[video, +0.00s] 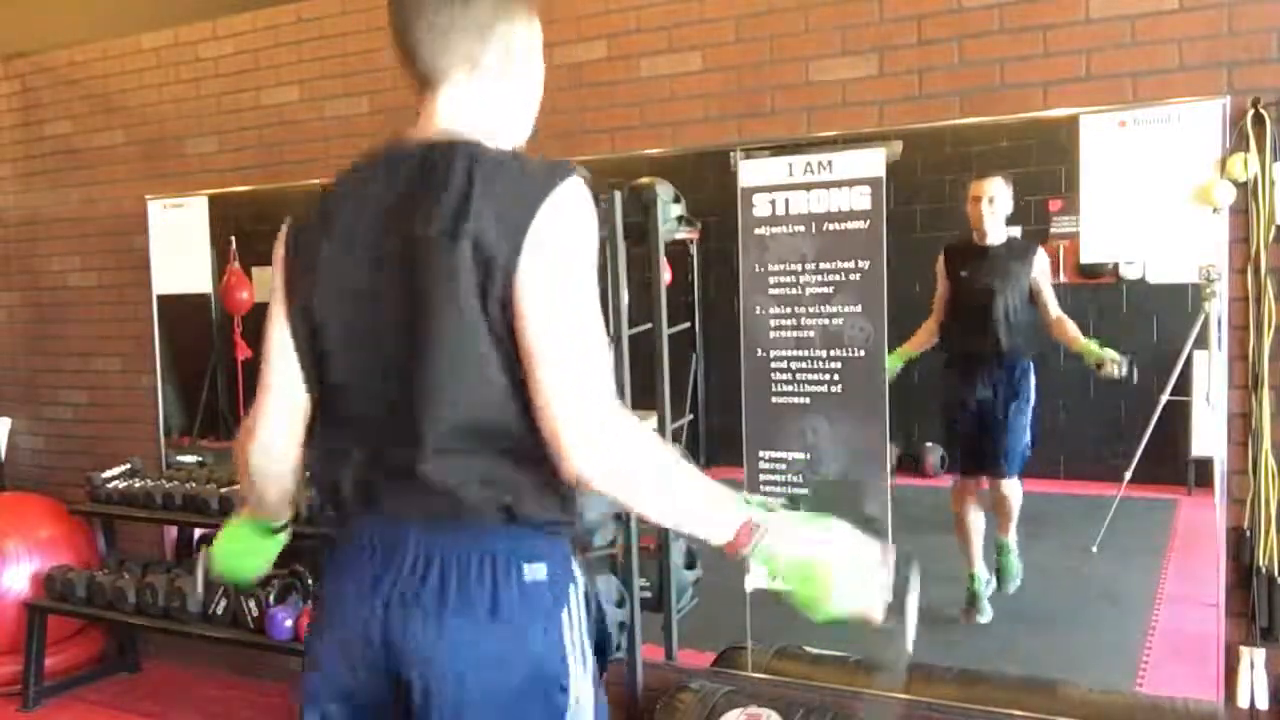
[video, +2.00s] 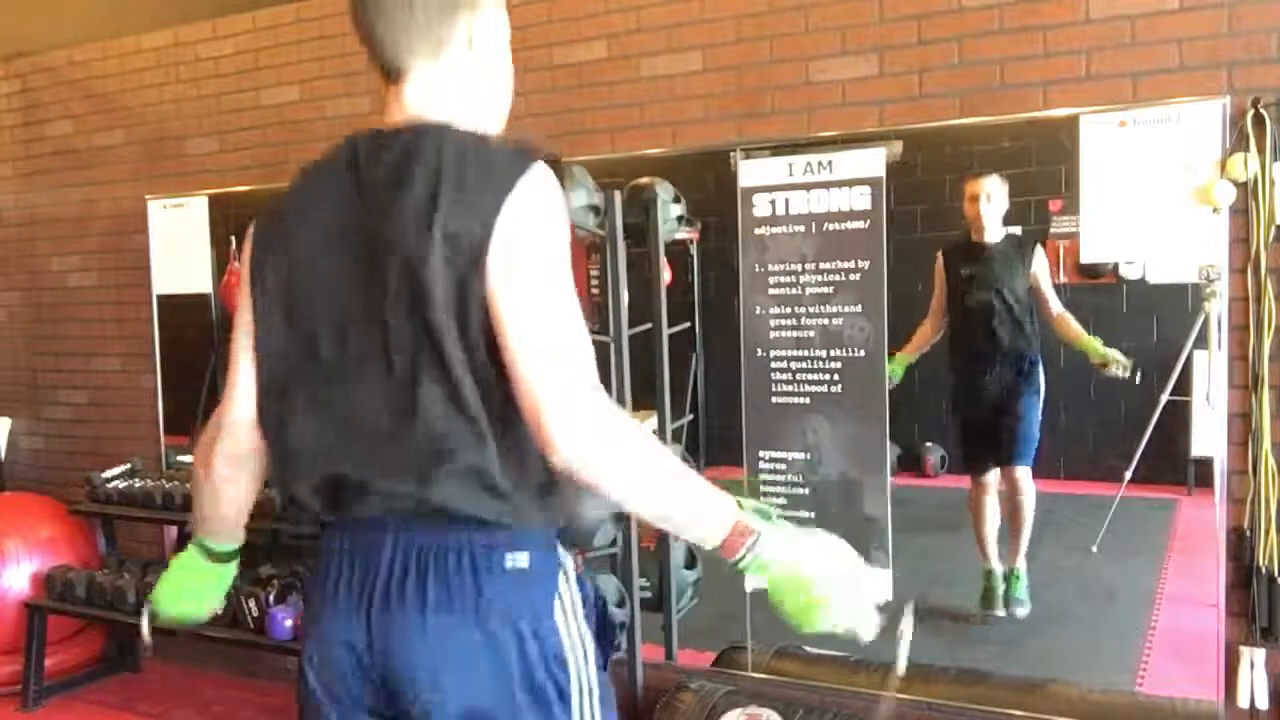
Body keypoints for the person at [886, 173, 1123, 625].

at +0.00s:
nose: (982, 209)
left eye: (991, 200)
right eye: (976, 200)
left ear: (1009, 206)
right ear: (967, 207)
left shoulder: (1031, 256)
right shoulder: (951, 256)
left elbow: (1054, 318)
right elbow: (937, 321)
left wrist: (1091, 351)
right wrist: (897, 358)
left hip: (1013, 374)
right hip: (963, 374)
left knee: (1003, 481)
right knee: (967, 485)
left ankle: (1006, 546)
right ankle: (976, 580)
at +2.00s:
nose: (978, 207)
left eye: (987, 199)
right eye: (972, 199)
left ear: (1003, 204)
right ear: (963, 205)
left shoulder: (1028, 254)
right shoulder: (949, 258)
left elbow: (1056, 314)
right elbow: (935, 321)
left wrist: (1095, 350)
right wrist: (899, 360)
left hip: (1022, 373)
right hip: (972, 374)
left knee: (1016, 472)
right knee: (983, 477)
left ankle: (1017, 570)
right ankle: (991, 572)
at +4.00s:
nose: (997, 205)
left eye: (1006, 196)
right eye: (990, 196)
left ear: (1023, 203)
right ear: (978, 202)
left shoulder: (1043, 253)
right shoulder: (961, 253)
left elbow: (1065, 318)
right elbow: (941, 316)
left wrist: (1106, 352)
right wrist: (902, 355)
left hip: (1025, 373)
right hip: (975, 372)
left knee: (1013, 476)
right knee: (981, 485)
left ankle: (1011, 577)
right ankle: (1011, 557)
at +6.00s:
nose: (991, 202)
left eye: (1000, 195)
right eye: (984, 195)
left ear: (1015, 202)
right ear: (974, 202)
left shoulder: (1038, 250)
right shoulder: (960, 254)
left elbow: (1078, 306)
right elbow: (935, 307)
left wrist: (1124, 347)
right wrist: (901, 351)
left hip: (1020, 374)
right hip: (969, 373)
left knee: (1010, 475)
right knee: (966, 471)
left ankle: (1006, 571)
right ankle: (969, 568)